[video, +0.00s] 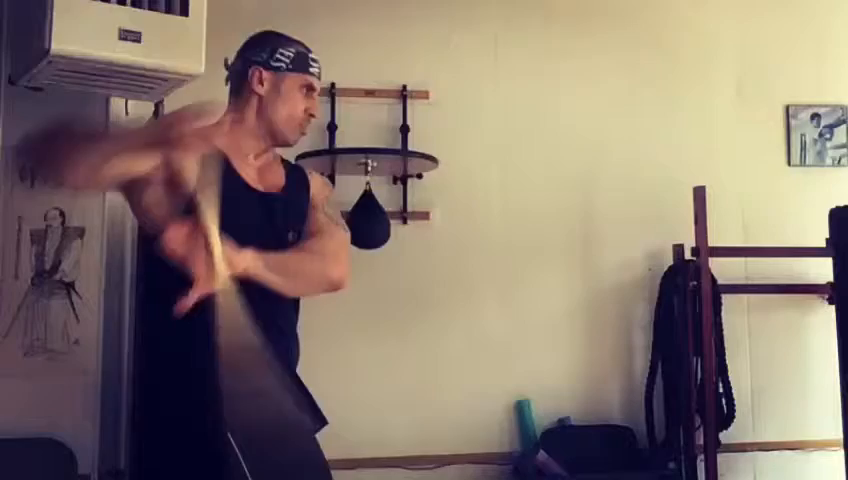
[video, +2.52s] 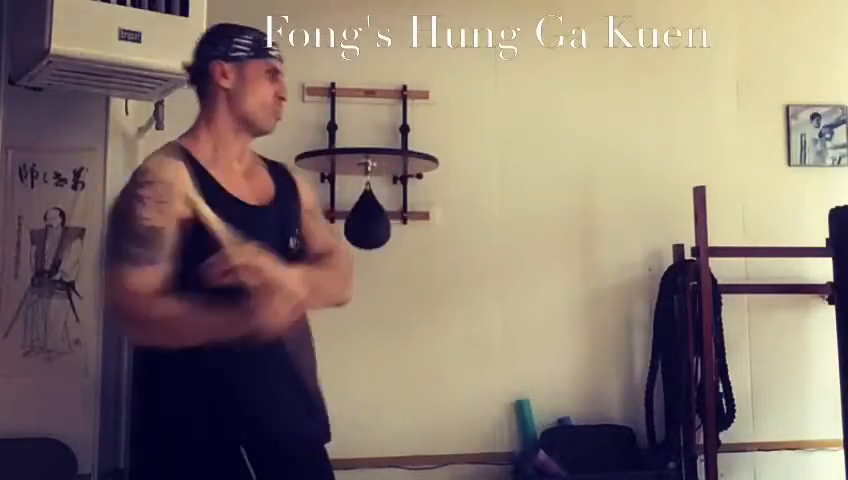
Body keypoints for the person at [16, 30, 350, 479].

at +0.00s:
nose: (315, 108)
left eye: (316, 95)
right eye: (306, 90)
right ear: (260, 80)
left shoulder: (309, 187)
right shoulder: (184, 153)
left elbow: (334, 269)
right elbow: (45, 161)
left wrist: (244, 259)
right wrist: (160, 144)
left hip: (268, 414)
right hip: (180, 409)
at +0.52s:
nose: (295, 111)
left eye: (297, 96)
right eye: (289, 91)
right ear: (247, 76)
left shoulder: (136, 170)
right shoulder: (274, 140)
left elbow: (171, 276)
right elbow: (374, 193)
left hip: (163, 406)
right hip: (258, 408)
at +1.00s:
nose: (264, 80)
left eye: (259, 65)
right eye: (251, 62)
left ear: (203, 65)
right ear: (201, 63)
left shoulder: (197, 164)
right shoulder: (190, 170)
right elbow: (314, 268)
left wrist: (320, 221)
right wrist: (391, 203)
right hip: (247, 436)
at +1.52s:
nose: (304, 126)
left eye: (306, 109)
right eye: (297, 104)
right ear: (250, 88)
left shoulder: (266, 185)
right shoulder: (181, 141)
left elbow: (326, 275)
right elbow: (260, 93)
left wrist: (282, 241)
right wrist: (348, 150)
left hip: (263, 393)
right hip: (184, 397)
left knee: (302, 471)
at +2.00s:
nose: (293, 104)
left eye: (293, 89)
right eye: (285, 83)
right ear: (241, 72)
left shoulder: (138, 172)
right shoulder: (266, 151)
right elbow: (367, 232)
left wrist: (319, 242)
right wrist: (376, 211)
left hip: (166, 416)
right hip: (266, 417)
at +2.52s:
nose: (283, 92)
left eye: (282, 78)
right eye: (271, 75)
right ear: (223, 75)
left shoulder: (291, 184)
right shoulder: (163, 179)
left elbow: (340, 280)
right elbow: (131, 308)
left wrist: (282, 277)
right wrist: (248, 317)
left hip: (287, 433)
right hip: (191, 439)